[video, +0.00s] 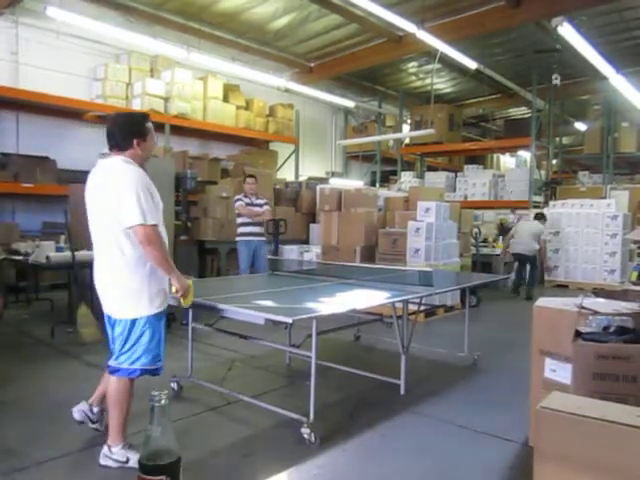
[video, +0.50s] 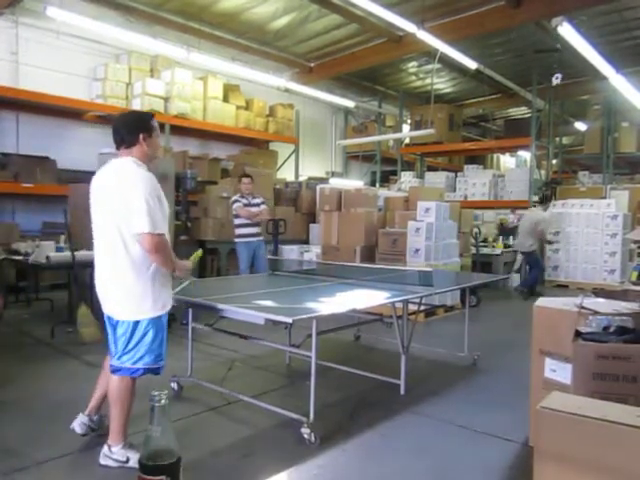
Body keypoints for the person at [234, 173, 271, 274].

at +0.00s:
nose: (251, 186)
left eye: (253, 183)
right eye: (248, 183)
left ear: (256, 185)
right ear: (244, 185)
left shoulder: (262, 200)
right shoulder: (239, 198)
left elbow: (268, 216)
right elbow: (243, 211)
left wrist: (252, 217)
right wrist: (261, 212)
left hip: (260, 238)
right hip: (244, 238)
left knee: (262, 269)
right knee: (244, 270)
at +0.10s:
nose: (248, 186)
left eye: (250, 184)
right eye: (245, 184)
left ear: (254, 185)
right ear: (241, 186)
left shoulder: (259, 199)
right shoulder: (236, 199)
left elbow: (266, 216)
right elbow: (243, 212)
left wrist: (251, 217)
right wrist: (258, 212)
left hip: (258, 238)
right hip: (242, 239)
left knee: (262, 269)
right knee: (244, 270)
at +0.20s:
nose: (246, 186)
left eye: (249, 183)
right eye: (244, 184)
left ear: (252, 185)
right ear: (239, 185)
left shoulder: (258, 199)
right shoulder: (235, 199)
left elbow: (266, 215)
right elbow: (243, 212)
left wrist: (252, 218)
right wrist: (258, 212)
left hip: (258, 239)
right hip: (242, 239)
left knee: (262, 270)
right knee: (244, 271)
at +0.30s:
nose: (246, 186)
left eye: (248, 183)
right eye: (243, 184)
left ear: (252, 185)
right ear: (239, 185)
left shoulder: (258, 199)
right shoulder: (235, 199)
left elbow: (266, 215)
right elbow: (242, 212)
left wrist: (251, 217)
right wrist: (258, 212)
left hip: (258, 239)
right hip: (242, 239)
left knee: (262, 270)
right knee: (244, 271)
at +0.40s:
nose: (246, 186)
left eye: (248, 183)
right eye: (243, 184)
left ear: (252, 185)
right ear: (239, 186)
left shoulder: (258, 199)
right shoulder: (235, 199)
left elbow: (265, 215)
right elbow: (242, 212)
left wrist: (251, 217)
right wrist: (258, 212)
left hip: (258, 239)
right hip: (242, 239)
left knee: (262, 270)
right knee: (244, 271)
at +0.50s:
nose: (247, 186)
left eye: (249, 183)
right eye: (244, 183)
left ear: (253, 185)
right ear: (239, 185)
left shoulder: (259, 199)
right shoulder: (235, 199)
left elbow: (267, 216)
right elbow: (243, 213)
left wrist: (252, 218)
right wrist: (259, 212)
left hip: (258, 239)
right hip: (242, 240)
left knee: (262, 270)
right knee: (245, 271)